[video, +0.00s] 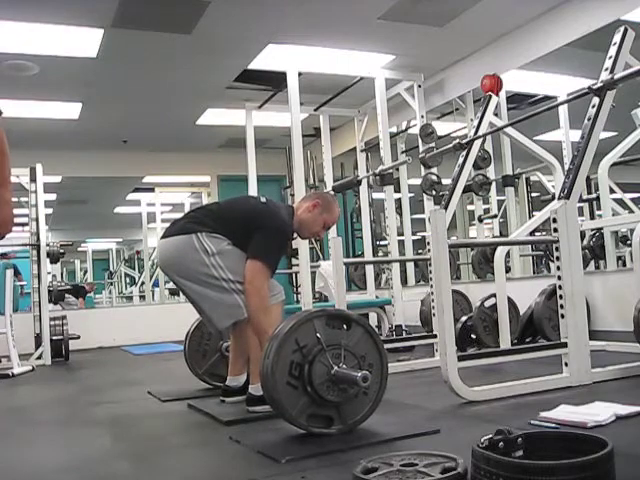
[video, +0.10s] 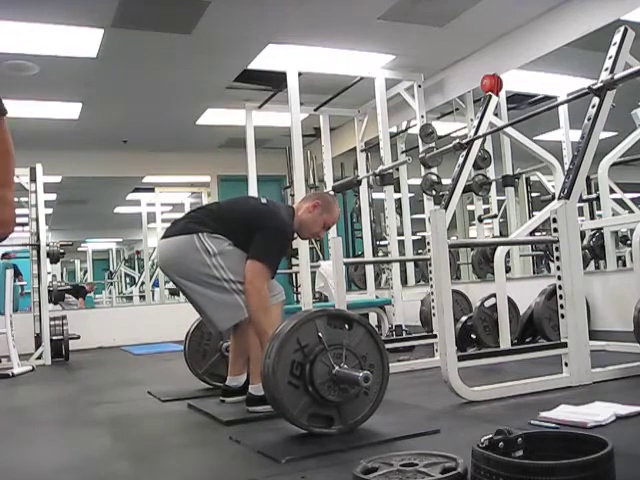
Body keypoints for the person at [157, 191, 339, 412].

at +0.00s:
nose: (322, 235)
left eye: (327, 230)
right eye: (325, 226)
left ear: (309, 206)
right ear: (312, 207)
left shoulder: (273, 217)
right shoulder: (278, 222)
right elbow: (255, 285)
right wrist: (275, 351)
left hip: (175, 244)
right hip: (193, 242)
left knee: (247, 302)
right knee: (272, 294)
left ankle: (235, 383)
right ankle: (260, 389)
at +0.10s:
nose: (322, 235)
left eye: (327, 230)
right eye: (325, 226)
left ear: (309, 206)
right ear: (312, 207)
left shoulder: (273, 217)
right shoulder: (279, 222)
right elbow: (255, 286)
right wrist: (275, 352)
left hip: (175, 245)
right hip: (193, 243)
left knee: (250, 301)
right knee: (273, 294)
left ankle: (235, 383)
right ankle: (260, 390)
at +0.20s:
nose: (322, 236)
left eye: (327, 230)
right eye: (325, 226)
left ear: (310, 207)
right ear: (313, 208)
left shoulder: (275, 218)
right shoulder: (279, 223)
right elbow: (253, 285)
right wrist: (275, 351)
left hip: (176, 244)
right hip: (194, 242)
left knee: (249, 302)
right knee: (273, 294)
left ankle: (235, 383)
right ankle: (260, 390)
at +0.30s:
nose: (327, 235)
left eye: (331, 230)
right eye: (329, 227)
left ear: (312, 212)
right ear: (315, 212)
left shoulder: (276, 220)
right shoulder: (280, 225)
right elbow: (254, 284)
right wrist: (275, 350)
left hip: (176, 244)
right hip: (195, 242)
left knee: (249, 299)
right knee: (274, 294)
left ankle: (235, 382)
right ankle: (260, 390)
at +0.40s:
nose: (332, 229)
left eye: (334, 222)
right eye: (332, 221)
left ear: (314, 211)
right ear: (318, 212)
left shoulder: (277, 218)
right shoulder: (283, 225)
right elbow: (258, 287)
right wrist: (280, 353)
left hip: (178, 244)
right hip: (196, 243)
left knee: (251, 298)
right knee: (274, 293)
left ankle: (235, 381)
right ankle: (260, 391)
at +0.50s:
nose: (332, 221)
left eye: (334, 214)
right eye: (332, 212)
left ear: (312, 204)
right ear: (318, 205)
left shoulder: (277, 215)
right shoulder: (287, 221)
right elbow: (265, 284)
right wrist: (279, 353)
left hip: (177, 245)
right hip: (198, 243)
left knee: (250, 303)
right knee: (272, 301)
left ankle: (235, 382)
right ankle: (261, 391)